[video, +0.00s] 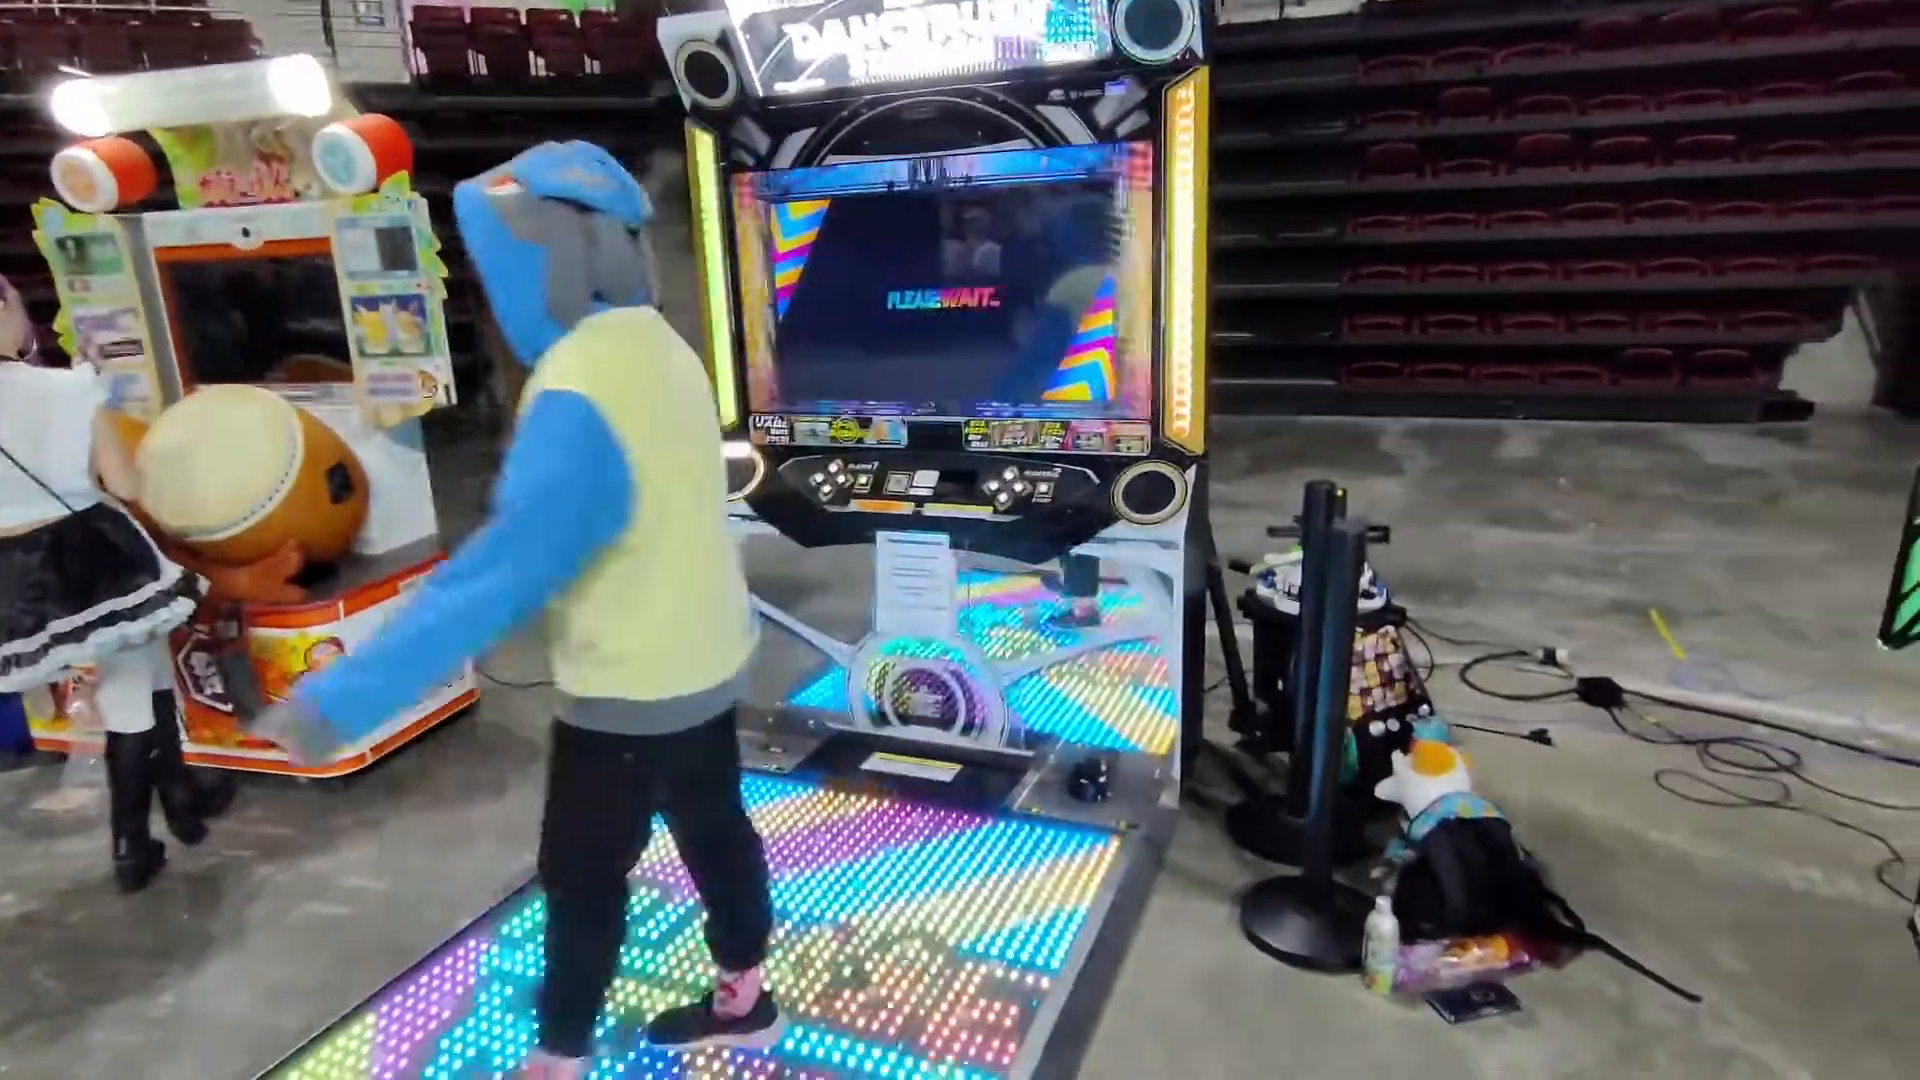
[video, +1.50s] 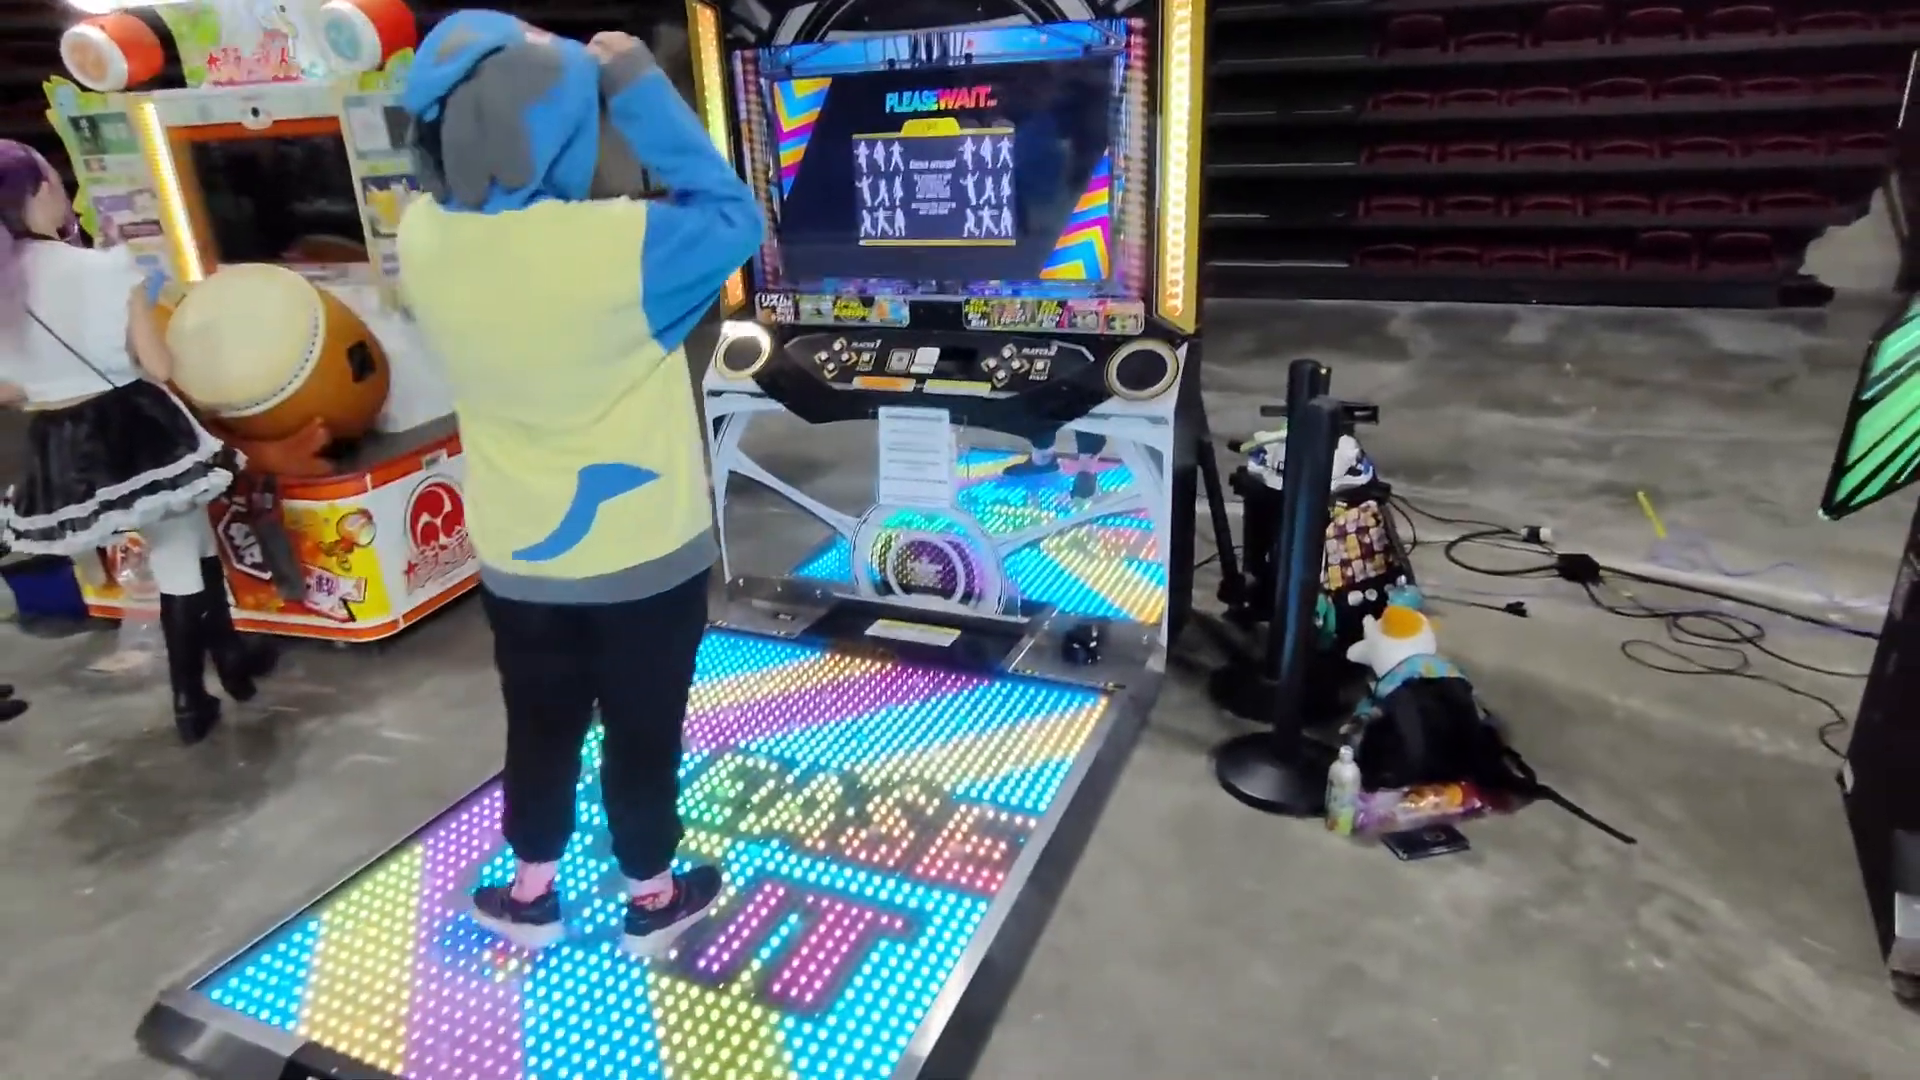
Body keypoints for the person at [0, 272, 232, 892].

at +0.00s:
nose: (24, 317)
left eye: (17, 305)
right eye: (16, 305)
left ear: (4, 313)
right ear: (3, 313)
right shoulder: (67, 389)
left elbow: (120, 483)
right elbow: (124, 485)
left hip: (16, 578)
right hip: (86, 571)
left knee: (140, 658)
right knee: (131, 687)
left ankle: (182, 796)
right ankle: (130, 846)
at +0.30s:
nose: (29, 284)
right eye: (22, 276)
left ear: (0, 299)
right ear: (14, 289)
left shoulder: (32, 348)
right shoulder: (41, 347)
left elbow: (92, 442)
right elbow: (92, 443)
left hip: (17, 529)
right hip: (67, 521)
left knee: (122, 635)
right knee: (103, 663)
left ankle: (160, 757)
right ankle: (109, 805)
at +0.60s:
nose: (16, 251)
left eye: (7, 241)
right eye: (16, 242)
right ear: (15, 253)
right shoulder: (56, 311)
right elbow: (104, 409)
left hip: (14, 495)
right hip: (79, 481)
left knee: (135, 578)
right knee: (122, 610)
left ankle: (177, 713)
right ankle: (129, 759)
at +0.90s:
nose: (38, 214)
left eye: (32, 202)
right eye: (30, 203)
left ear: (1, 210)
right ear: (10, 208)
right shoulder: (79, 284)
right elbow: (132, 382)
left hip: (25, 468)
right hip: (104, 456)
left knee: (159, 537)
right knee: (150, 571)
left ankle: (206, 677)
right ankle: (161, 724)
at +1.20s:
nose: (55, 201)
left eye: (49, 191)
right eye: (47, 192)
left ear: (3, 208)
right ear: (28, 199)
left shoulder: (4, 282)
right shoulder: (97, 273)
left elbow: (11, 388)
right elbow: (147, 371)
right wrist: (132, 310)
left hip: (48, 446)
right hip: (122, 435)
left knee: (175, 529)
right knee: (164, 559)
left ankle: (218, 659)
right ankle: (176, 707)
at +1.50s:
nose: (65, 195)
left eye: (59, 184)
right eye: (57, 185)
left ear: (11, 204)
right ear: (33, 196)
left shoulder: (5, 283)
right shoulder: (106, 267)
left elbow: (10, 389)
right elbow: (156, 365)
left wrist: (58, 386)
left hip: (62, 440)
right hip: (134, 426)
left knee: (181, 533)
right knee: (175, 550)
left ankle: (233, 654)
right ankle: (190, 702)